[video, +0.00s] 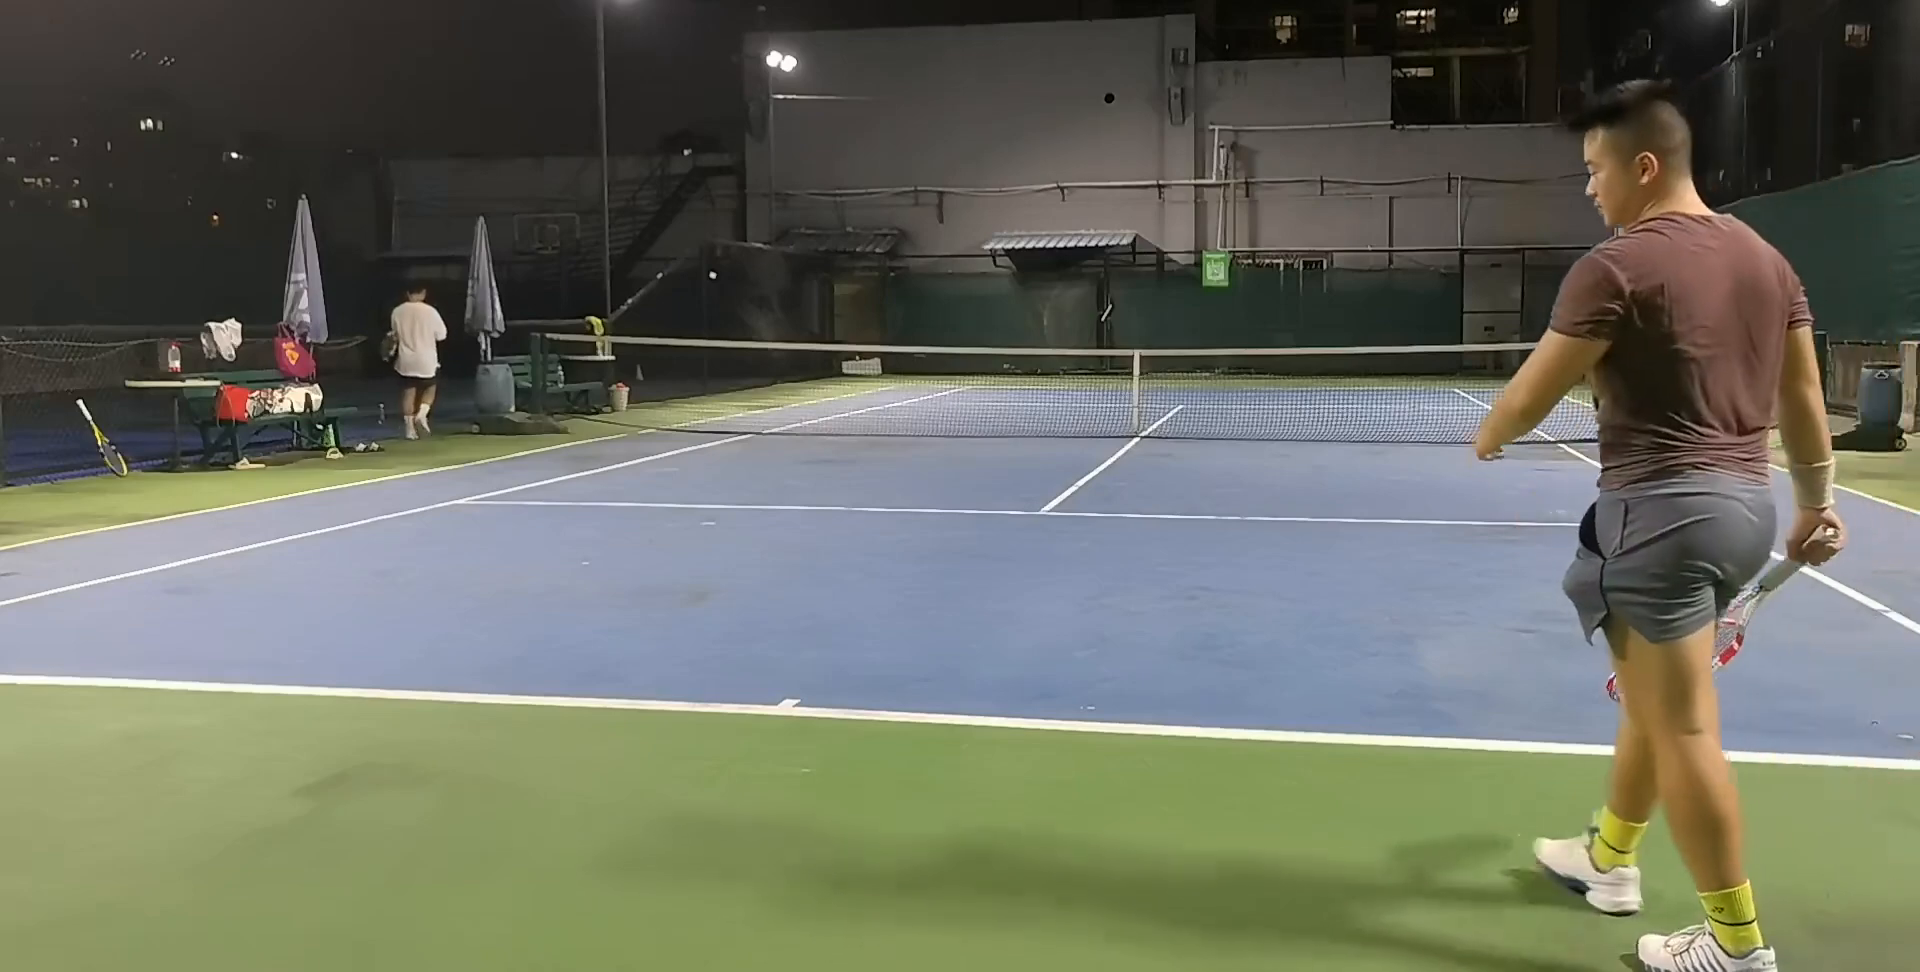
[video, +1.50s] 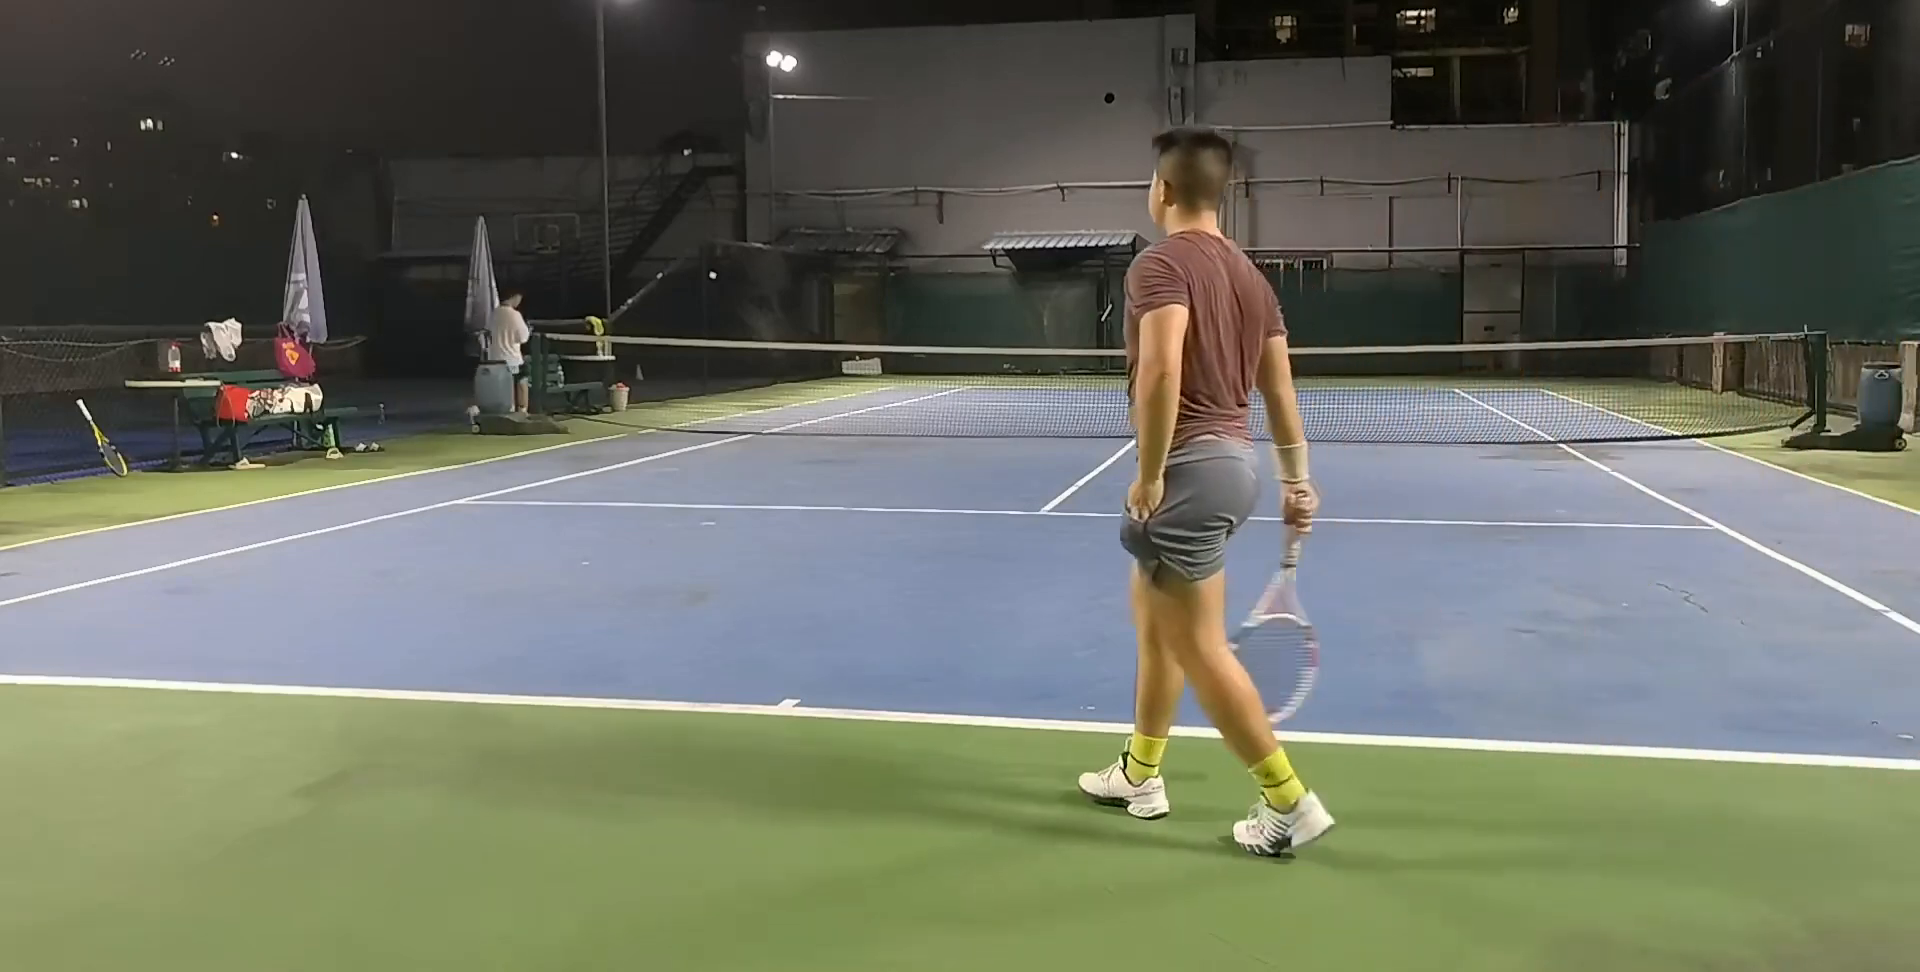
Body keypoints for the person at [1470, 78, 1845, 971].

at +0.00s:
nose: (1589, 190)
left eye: (1594, 172)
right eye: (1587, 174)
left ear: (1645, 165)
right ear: (1676, 164)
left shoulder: (1615, 267)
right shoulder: (1767, 261)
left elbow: (1532, 393)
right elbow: (1804, 406)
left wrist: (1488, 436)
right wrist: (1816, 503)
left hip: (1657, 507)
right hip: (1752, 502)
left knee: (1684, 729)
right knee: (1645, 683)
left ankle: (1738, 941)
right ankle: (1609, 860)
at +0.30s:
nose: (1516, 180)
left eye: (1520, 165)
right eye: (1518, 166)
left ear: (1550, 169)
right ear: (1606, 170)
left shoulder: (1533, 244)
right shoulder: (1659, 268)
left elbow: (1500, 360)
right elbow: (1680, 408)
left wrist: (1478, 478)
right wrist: (1681, 508)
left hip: (1551, 491)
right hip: (1641, 490)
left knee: (1503, 681)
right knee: (1583, 669)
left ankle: (1643, 842)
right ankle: (1580, 851)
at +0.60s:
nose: (1420, 182)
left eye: (1423, 170)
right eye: (1424, 169)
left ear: (1438, 176)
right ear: (1501, 176)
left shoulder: (1453, 256)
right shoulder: (1538, 263)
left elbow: (1456, 371)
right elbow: (1540, 392)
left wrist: (1418, 478)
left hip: (1470, 483)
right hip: (1544, 478)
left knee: (1397, 664)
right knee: (1549, 670)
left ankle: (1343, 830)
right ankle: (1581, 855)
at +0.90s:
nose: (1298, 180)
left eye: (1301, 168)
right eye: (1302, 167)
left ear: (1317, 176)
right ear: (1374, 175)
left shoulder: (1329, 264)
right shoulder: (1421, 258)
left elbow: (1337, 376)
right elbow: (1436, 374)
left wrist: (1297, 469)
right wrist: (1381, 440)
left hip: (1349, 472)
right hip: (1420, 472)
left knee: (1310, 646)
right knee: (1401, 634)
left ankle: (1310, 821)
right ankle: (1511, 780)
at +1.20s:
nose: (1216, 184)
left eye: (1219, 172)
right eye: (1221, 171)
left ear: (1232, 180)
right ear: (1289, 180)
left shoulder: (1236, 264)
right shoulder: (1336, 260)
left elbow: (1243, 372)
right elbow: (1378, 367)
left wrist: (1227, 475)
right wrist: (1408, 451)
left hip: (1271, 469)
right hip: (1334, 467)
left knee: (1283, 653)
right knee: (1250, 612)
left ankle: (1312, 824)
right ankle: (1239, 772)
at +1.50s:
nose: (1147, 195)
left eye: (1151, 187)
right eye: (1152, 185)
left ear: (1161, 192)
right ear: (1220, 196)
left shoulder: (1161, 263)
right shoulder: (1253, 277)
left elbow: (1160, 375)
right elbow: (1279, 391)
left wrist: (1147, 475)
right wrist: (1296, 477)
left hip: (1185, 466)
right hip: (1239, 464)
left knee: (1200, 647)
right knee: (1152, 605)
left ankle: (1288, 801)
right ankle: (1141, 772)